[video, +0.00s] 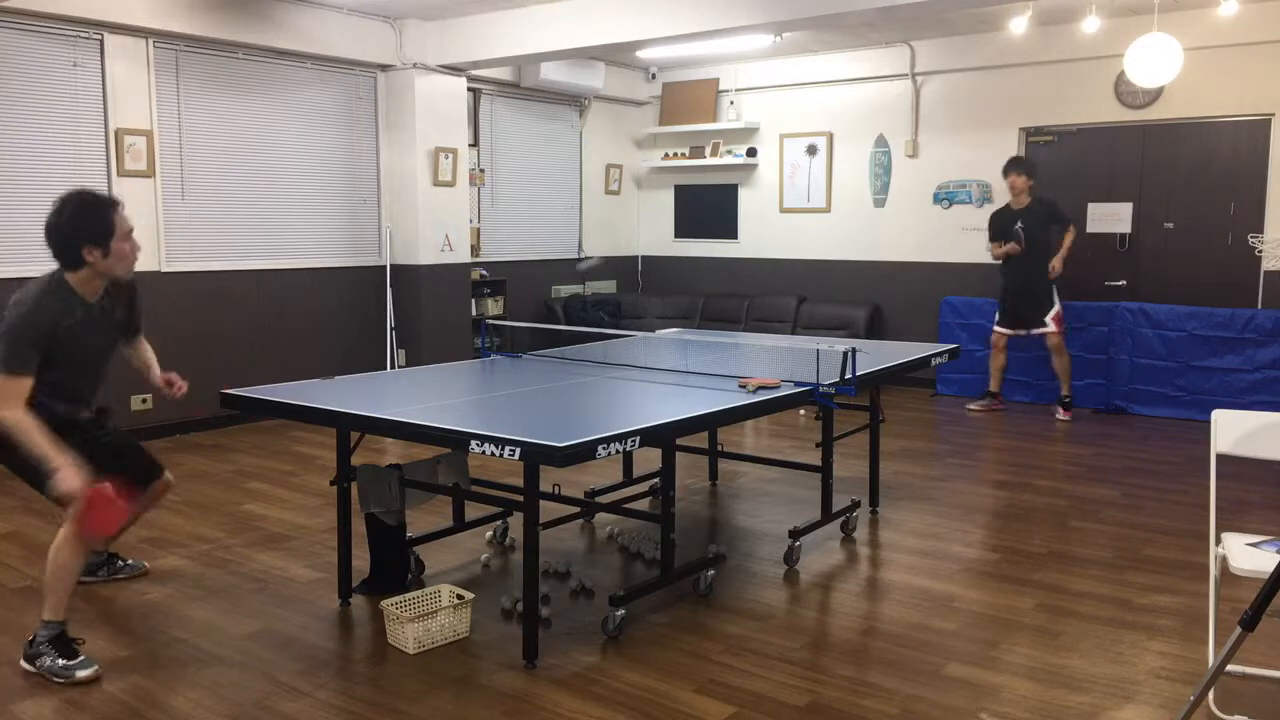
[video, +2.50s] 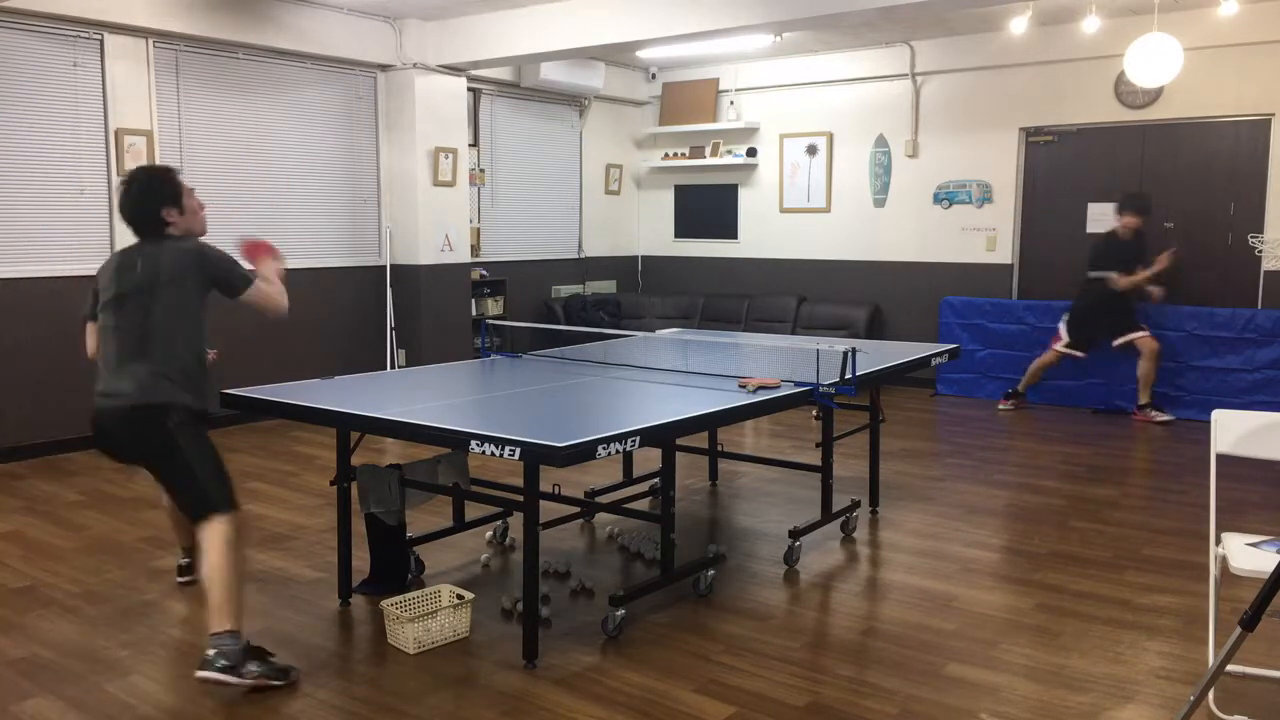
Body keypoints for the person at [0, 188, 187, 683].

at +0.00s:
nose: (136, 243)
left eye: (132, 232)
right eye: (126, 237)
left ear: (96, 252)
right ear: (92, 253)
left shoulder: (120, 292)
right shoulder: (35, 310)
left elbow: (133, 339)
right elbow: (11, 407)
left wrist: (156, 373)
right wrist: (61, 463)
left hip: (78, 420)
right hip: (27, 424)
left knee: (154, 483)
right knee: (88, 502)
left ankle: (91, 555)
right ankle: (48, 639)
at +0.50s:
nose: (61, 189)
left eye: (60, 176)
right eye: (45, 182)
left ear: (61, 175)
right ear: (10, 200)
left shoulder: (46, 239)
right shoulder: (21, 257)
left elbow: (76, 304)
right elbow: (73, 348)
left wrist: (118, 304)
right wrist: (143, 322)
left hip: (81, 394)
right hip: (47, 409)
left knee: (144, 467)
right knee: (121, 517)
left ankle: (105, 558)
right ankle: (45, 642)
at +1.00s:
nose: (92, 143)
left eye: (86, 132)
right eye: (81, 135)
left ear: (41, 153)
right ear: (52, 152)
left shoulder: (17, 208)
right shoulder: (45, 217)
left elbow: (32, 293)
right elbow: (79, 308)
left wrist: (98, 283)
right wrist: (160, 287)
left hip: (10, 388)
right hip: (30, 392)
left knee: (29, 500)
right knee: (90, 505)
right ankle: (69, 663)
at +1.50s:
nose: (140, 221)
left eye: (135, 211)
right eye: (129, 215)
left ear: (98, 229)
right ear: (95, 231)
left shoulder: (109, 272)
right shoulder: (45, 292)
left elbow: (100, 322)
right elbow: (42, 392)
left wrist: (150, 362)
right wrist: (127, 406)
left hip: (51, 409)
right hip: (9, 419)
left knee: (127, 479)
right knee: (78, 500)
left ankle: (72, 569)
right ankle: (17, 650)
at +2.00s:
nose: (121, 240)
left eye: (117, 228)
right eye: (107, 235)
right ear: (67, 253)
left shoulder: (136, 276)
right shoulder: (27, 305)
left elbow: (202, 292)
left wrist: (257, 340)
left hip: (121, 416)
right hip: (63, 420)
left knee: (158, 503)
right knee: (108, 508)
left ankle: (92, 550)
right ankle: (42, 636)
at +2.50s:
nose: (201, 205)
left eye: (196, 196)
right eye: (192, 199)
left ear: (145, 219)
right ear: (170, 215)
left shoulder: (112, 267)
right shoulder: (196, 254)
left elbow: (95, 348)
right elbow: (275, 304)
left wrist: (183, 355)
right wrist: (273, 272)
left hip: (112, 414)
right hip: (165, 410)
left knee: (176, 475)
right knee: (217, 513)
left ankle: (188, 556)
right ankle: (225, 645)